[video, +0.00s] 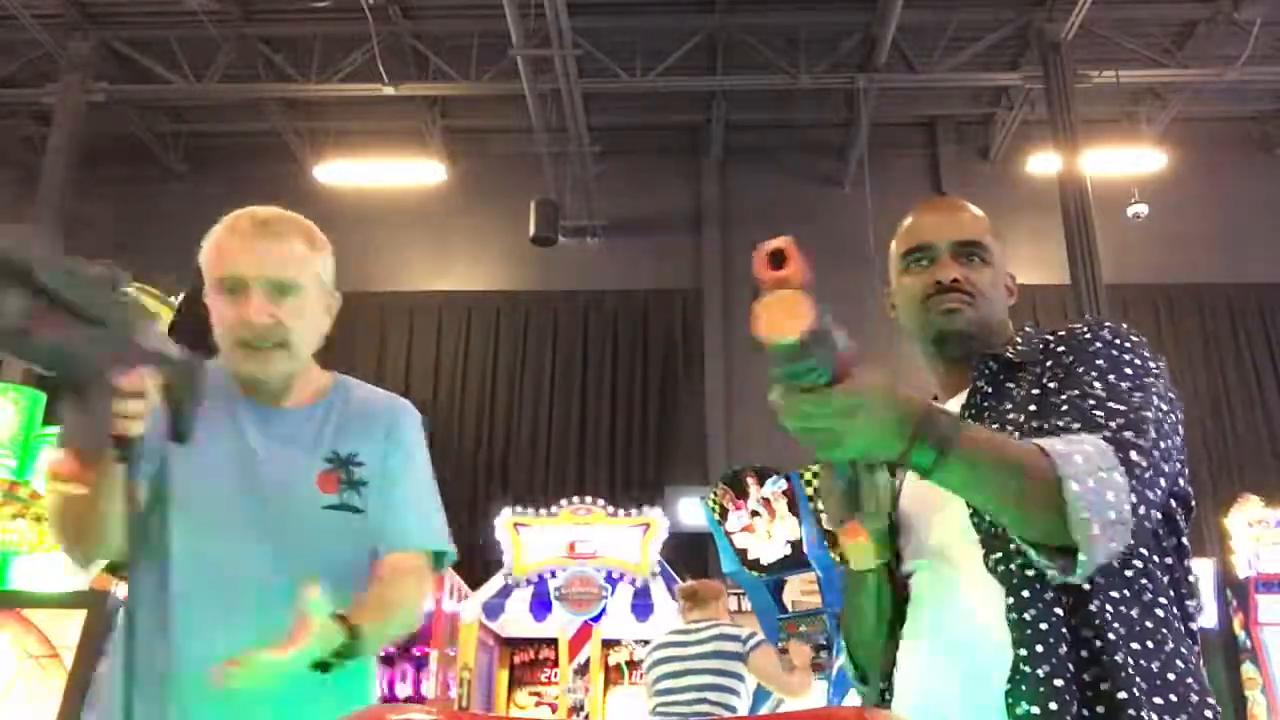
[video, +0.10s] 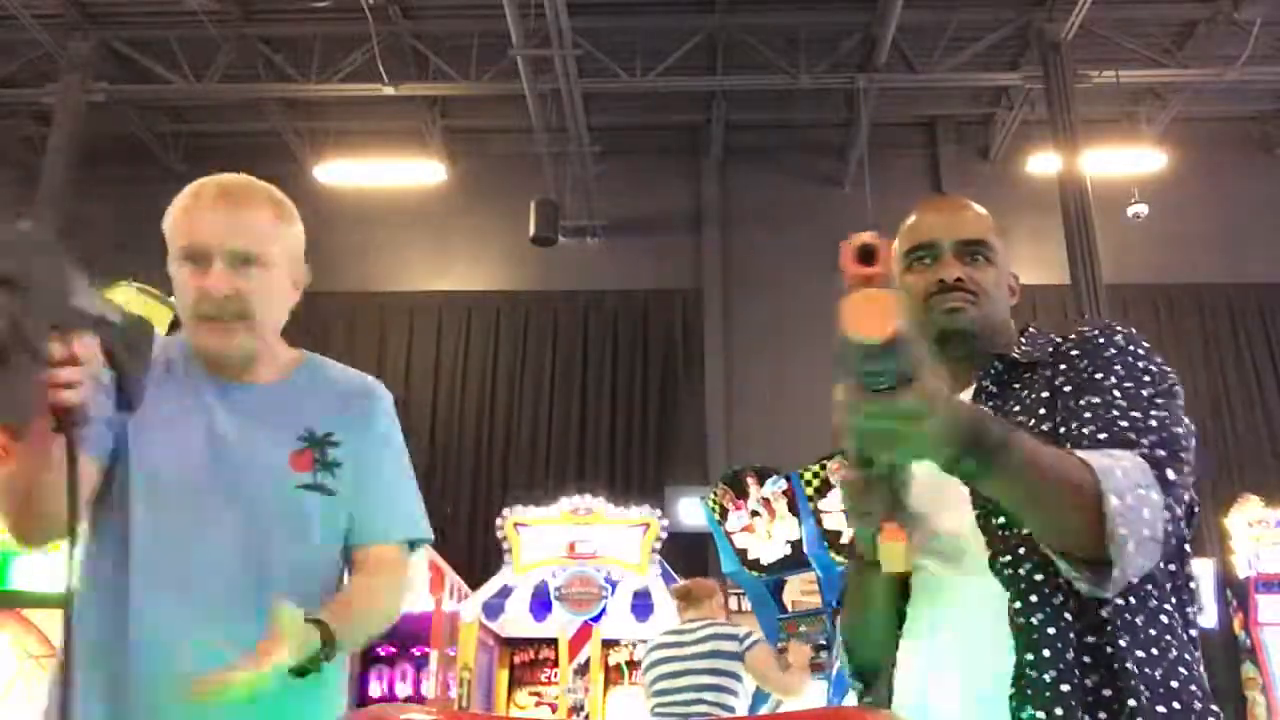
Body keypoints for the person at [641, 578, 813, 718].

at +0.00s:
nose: (730, 612)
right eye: (728, 606)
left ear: (682, 612)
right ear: (722, 606)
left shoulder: (655, 647)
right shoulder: (741, 636)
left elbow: (653, 702)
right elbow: (796, 688)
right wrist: (802, 660)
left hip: (663, 714)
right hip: (717, 711)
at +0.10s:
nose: (727, 610)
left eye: (726, 604)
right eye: (725, 603)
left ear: (680, 610)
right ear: (718, 602)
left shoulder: (652, 647)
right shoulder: (738, 635)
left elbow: (652, 702)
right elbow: (788, 688)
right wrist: (800, 661)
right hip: (718, 713)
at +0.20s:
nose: (726, 610)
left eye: (725, 603)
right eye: (724, 603)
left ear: (679, 610)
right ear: (717, 602)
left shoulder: (650, 648)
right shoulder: (736, 635)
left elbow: (650, 703)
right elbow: (784, 689)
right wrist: (798, 663)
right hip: (713, 711)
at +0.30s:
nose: (726, 611)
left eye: (725, 605)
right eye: (724, 604)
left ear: (679, 611)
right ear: (717, 602)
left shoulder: (649, 648)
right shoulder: (735, 636)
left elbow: (648, 702)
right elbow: (785, 690)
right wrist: (795, 662)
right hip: (714, 712)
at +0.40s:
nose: (726, 611)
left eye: (725, 605)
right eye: (724, 604)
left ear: (678, 610)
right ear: (718, 603)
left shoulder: (648, 648)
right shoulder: (735, 636)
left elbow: (648, 703)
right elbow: (784, 693)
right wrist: (794, 665)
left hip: (661, 716)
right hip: (714, 713)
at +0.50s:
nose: (720, 606)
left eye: (718, 598)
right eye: (717, 597)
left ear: (673, 605)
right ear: (711, 593)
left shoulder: (644, 646)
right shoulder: (729, 631)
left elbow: (635, 712)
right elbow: (785, 684)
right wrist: (798, 660)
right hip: (707, 711)